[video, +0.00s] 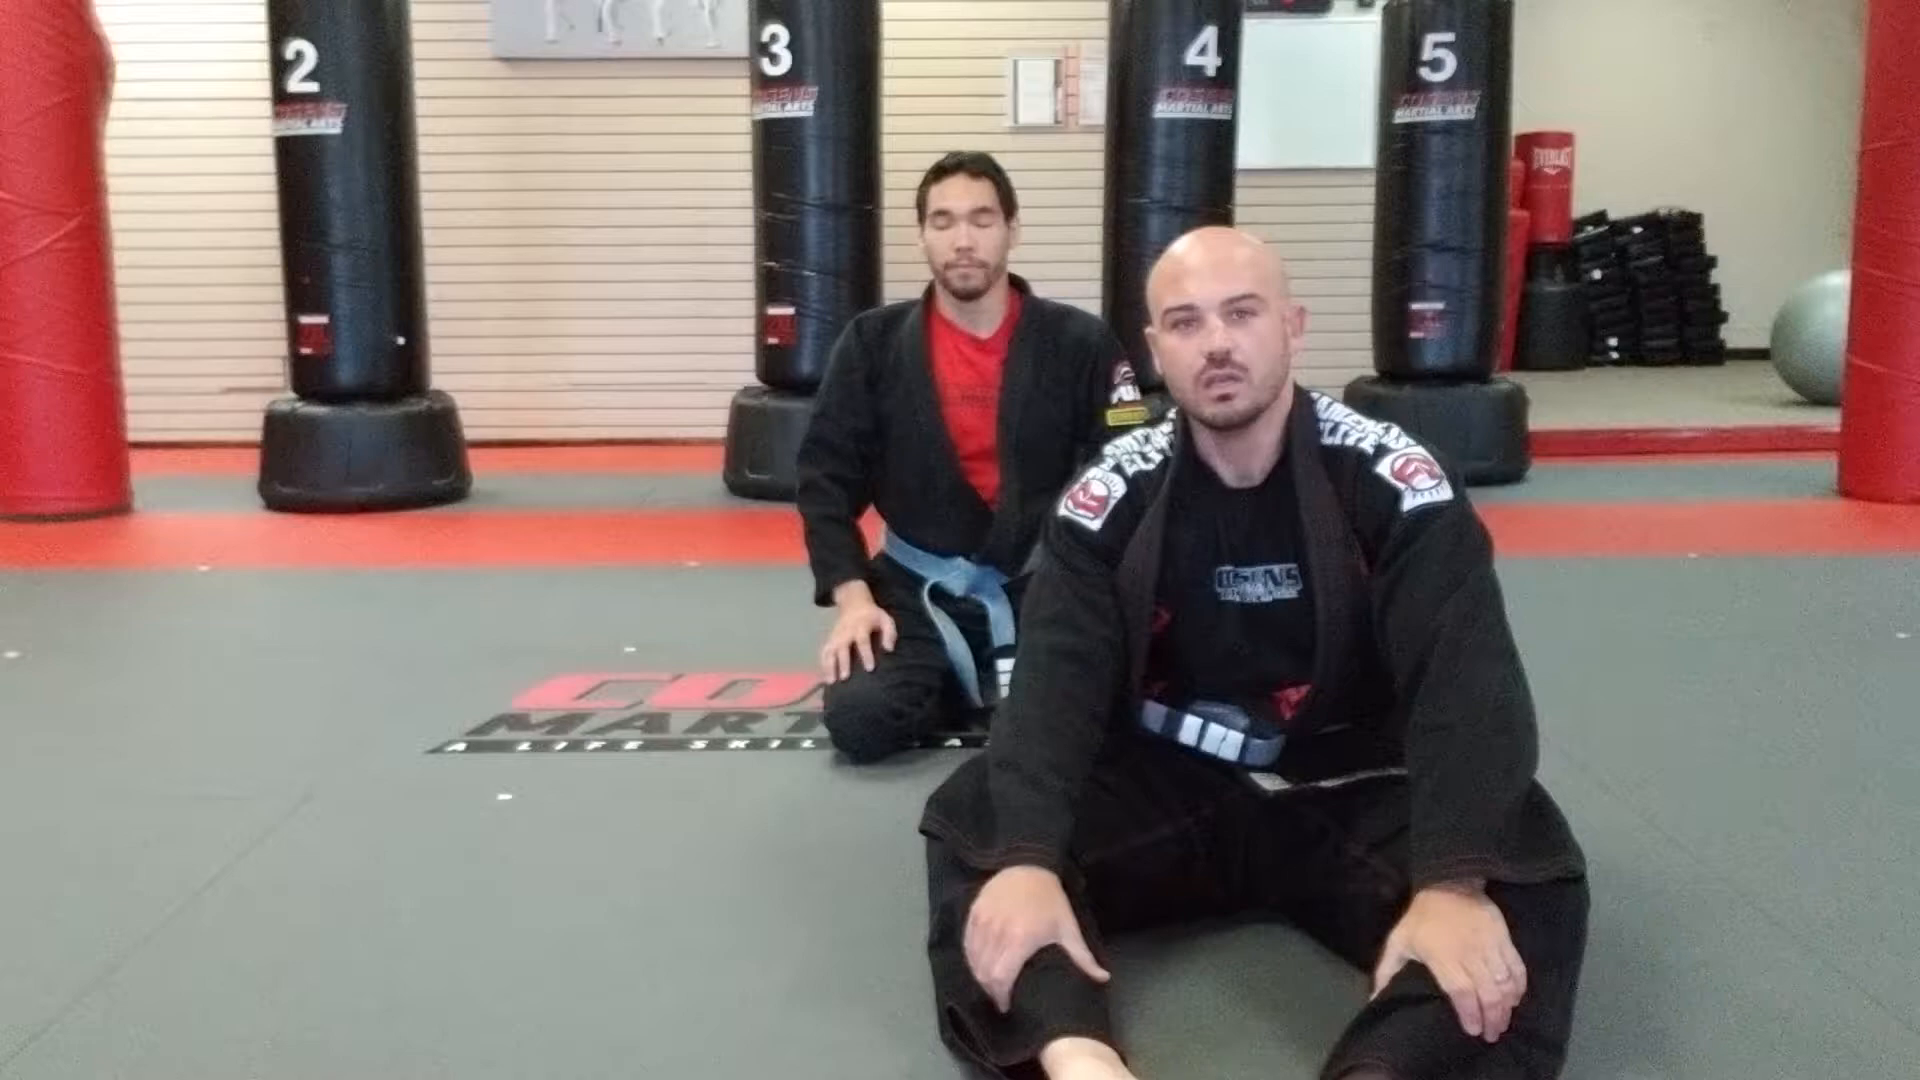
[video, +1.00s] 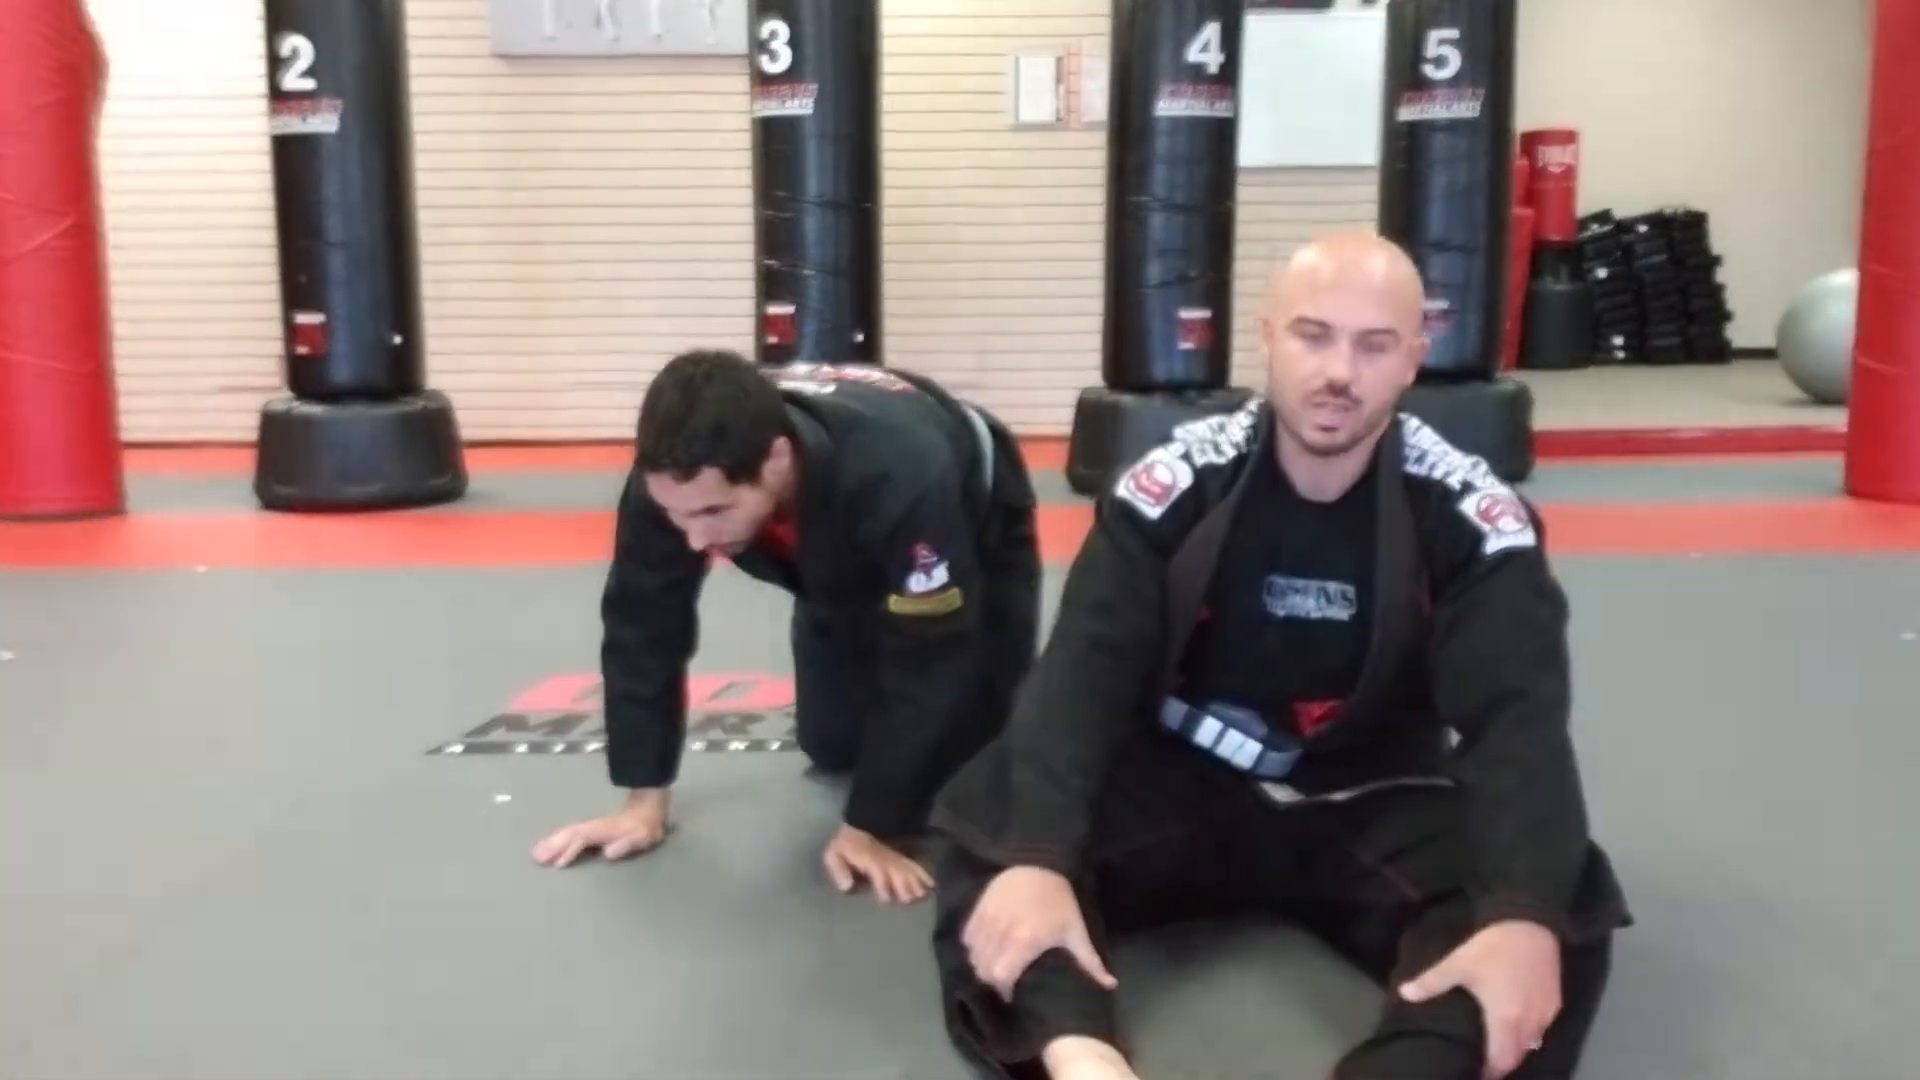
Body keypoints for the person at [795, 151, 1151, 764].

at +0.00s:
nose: (963, 241)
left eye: (982, 221)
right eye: (944, 224)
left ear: (1012, 232)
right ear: (922, 238)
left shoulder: (1081, 344)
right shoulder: (874, 344)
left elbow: (1118, 478)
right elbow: (824, 477)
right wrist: (850, 596)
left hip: (1044, 585)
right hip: (918, 585)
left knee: (1081, 716)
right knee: (863, 719)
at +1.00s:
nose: (695, 539)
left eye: (716, 512)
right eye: (676, 516)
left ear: (777, 463)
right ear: (654, 475)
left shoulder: (901, 476)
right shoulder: (676, 460)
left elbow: (932, 656)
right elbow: (645, 619)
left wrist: (871, 828)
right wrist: (643, 801)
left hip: (969, 518)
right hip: (834, 543)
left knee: (959, 762)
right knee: (832, 745)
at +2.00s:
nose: (652, 504)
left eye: (674, 477)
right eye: (628, 478)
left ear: (731, 433)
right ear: (609, 450)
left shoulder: (828, 466)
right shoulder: (597, 472)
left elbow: (890, 640)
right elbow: (599, 633)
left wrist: (864, 826)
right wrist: (642, 797)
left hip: (833, 636)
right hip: (714, 641)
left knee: (885, 815)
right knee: (680, 778)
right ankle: (793, 725)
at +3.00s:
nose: (804, 217)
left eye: (825, 203)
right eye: (782, 203)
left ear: (854, 231)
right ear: (756, 230)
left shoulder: (917, 353)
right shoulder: (698, 349)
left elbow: (981, 482)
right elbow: (628, 472)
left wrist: (938, 605)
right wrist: (674, 594)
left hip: (871, 603)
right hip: (740, 599)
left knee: (909, 762)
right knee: (679, 762)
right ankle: (807, 718)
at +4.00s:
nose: (798, 228)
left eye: (819, 211)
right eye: (777, 211)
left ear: (848, 234)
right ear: (750, 235)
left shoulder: (913, 354)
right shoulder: (693, 350)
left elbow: (976, 482)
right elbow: (628, 474)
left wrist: (933, 607)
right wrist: (667, 597)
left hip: (866, 603)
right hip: (735, 599)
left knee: (908, 763)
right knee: (676, 763)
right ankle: (801, 720)